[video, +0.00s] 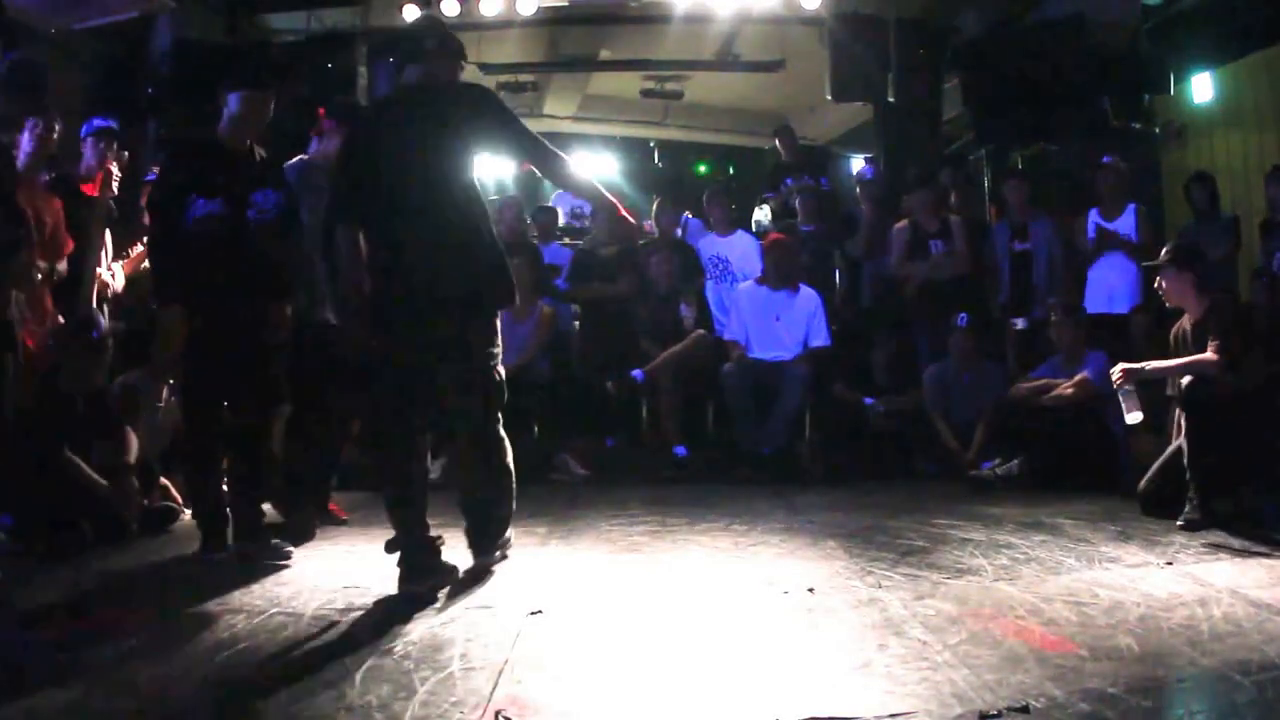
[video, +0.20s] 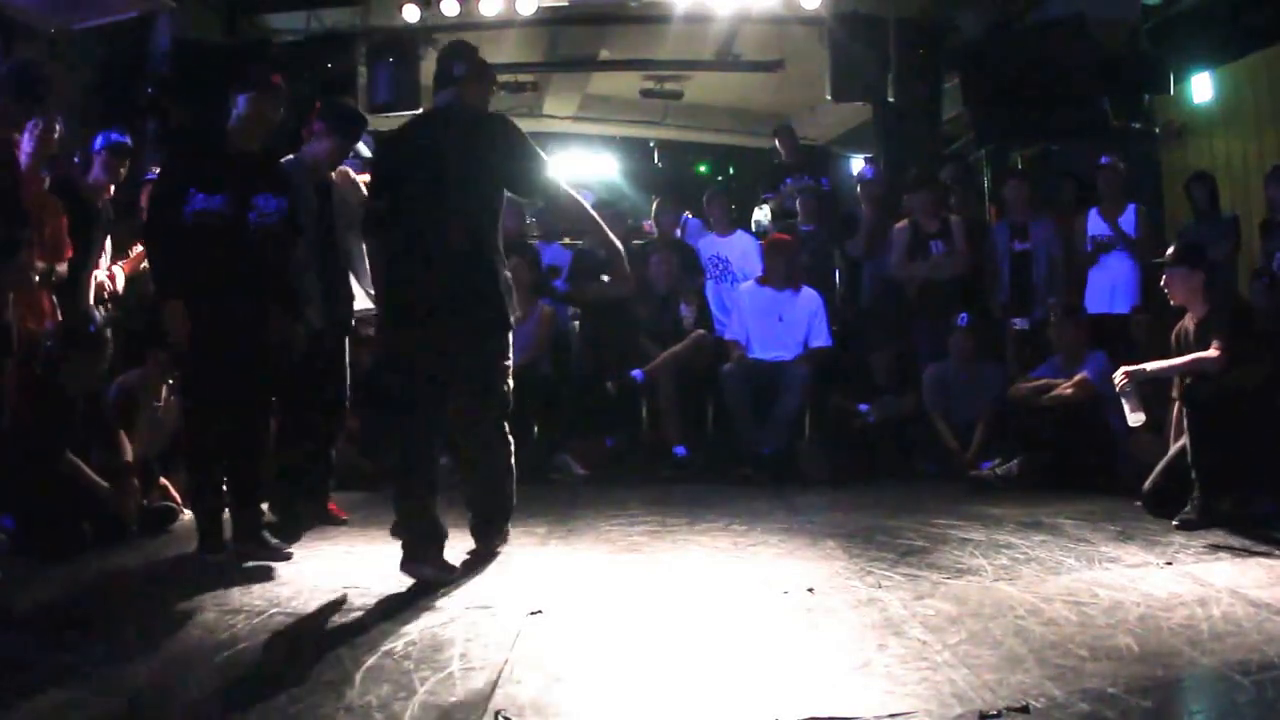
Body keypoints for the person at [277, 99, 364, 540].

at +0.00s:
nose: (342, 147)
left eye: (346, 139)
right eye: (338, 137)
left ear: (344, 138)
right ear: (323, 131)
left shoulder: (346, 177)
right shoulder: (299, 174)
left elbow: (352, 244)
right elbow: (300, 245)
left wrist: (360, 292)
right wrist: (314, 300)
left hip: (339, 311)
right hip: (306, 310)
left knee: (331, 407)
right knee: (308, 405)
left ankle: (320, 491)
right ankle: (298, 493)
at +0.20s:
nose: (342, 157)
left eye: (347, 149)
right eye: (339, 146)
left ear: (346, 146)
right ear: (318, 134)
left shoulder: (334, 186)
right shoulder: (285, 179)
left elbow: (350, 249)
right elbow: (283, 251)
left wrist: (369, 297)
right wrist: (290, 303)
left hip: (331, 311)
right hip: (293, 311)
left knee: (331, 403)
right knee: (298, 403)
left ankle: (318, 492)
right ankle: (289, 496)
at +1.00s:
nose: (328, 152)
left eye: (331, 144)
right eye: (321, 142)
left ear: (325, 148)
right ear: (295, 139)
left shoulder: (316, 192)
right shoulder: (260, 180)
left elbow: (310, 252)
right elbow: (246, 247)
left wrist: (311, 297)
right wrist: (287, 274)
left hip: (299, 312)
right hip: (255, 312)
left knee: (310, 403)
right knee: (258, 406)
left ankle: (305, 489)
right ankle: (267, 493)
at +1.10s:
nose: (332, 158)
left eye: (336, 150)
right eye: (325, 147)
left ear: (332, 153)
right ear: (299, 143)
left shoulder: (315, 199)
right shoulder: (259, 187)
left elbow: (308, 263)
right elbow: (246, 249)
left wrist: (312, 313)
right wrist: (289, 272)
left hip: (295, 319)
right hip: (254, 318)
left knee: (304, 408)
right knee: (256, 409)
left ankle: (306, 493)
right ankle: (266, 495)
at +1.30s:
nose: (342, 167)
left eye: (347, 160)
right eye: (337, 156)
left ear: (343, 165)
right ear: (308, 152)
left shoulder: (318, 209)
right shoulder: (270, 191)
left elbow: (314, 271)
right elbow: (237, 245)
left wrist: (313, 310)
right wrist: (289, 297)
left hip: (299, 322)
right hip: (264, 322)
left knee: (308, 407)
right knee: (287, 405)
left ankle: (298, 492)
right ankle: (273, 493)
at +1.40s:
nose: (340, 167)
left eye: (344, 159)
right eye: (336, 156)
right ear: (307, 149)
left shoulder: (308, 200)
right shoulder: (272, 191)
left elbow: (313, 264)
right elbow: (240, 235)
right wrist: (281, 296)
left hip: (297, 320)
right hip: (268, 321)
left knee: (312, 403)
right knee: (294, 403)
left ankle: (298, 490)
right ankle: (283, 493)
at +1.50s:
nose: (340, 162)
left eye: (345, 155)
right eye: (337, 150)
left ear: (334, 153)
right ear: (311, 137)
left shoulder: (311, 195)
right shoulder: (272, 172)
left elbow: (308, 256)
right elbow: (237, 225)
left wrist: (307, 288)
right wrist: (265, 269)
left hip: (294, 315)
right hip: (263, 314)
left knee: (303, 404)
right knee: (278, 403)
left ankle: (289, 494)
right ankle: (261, 498)